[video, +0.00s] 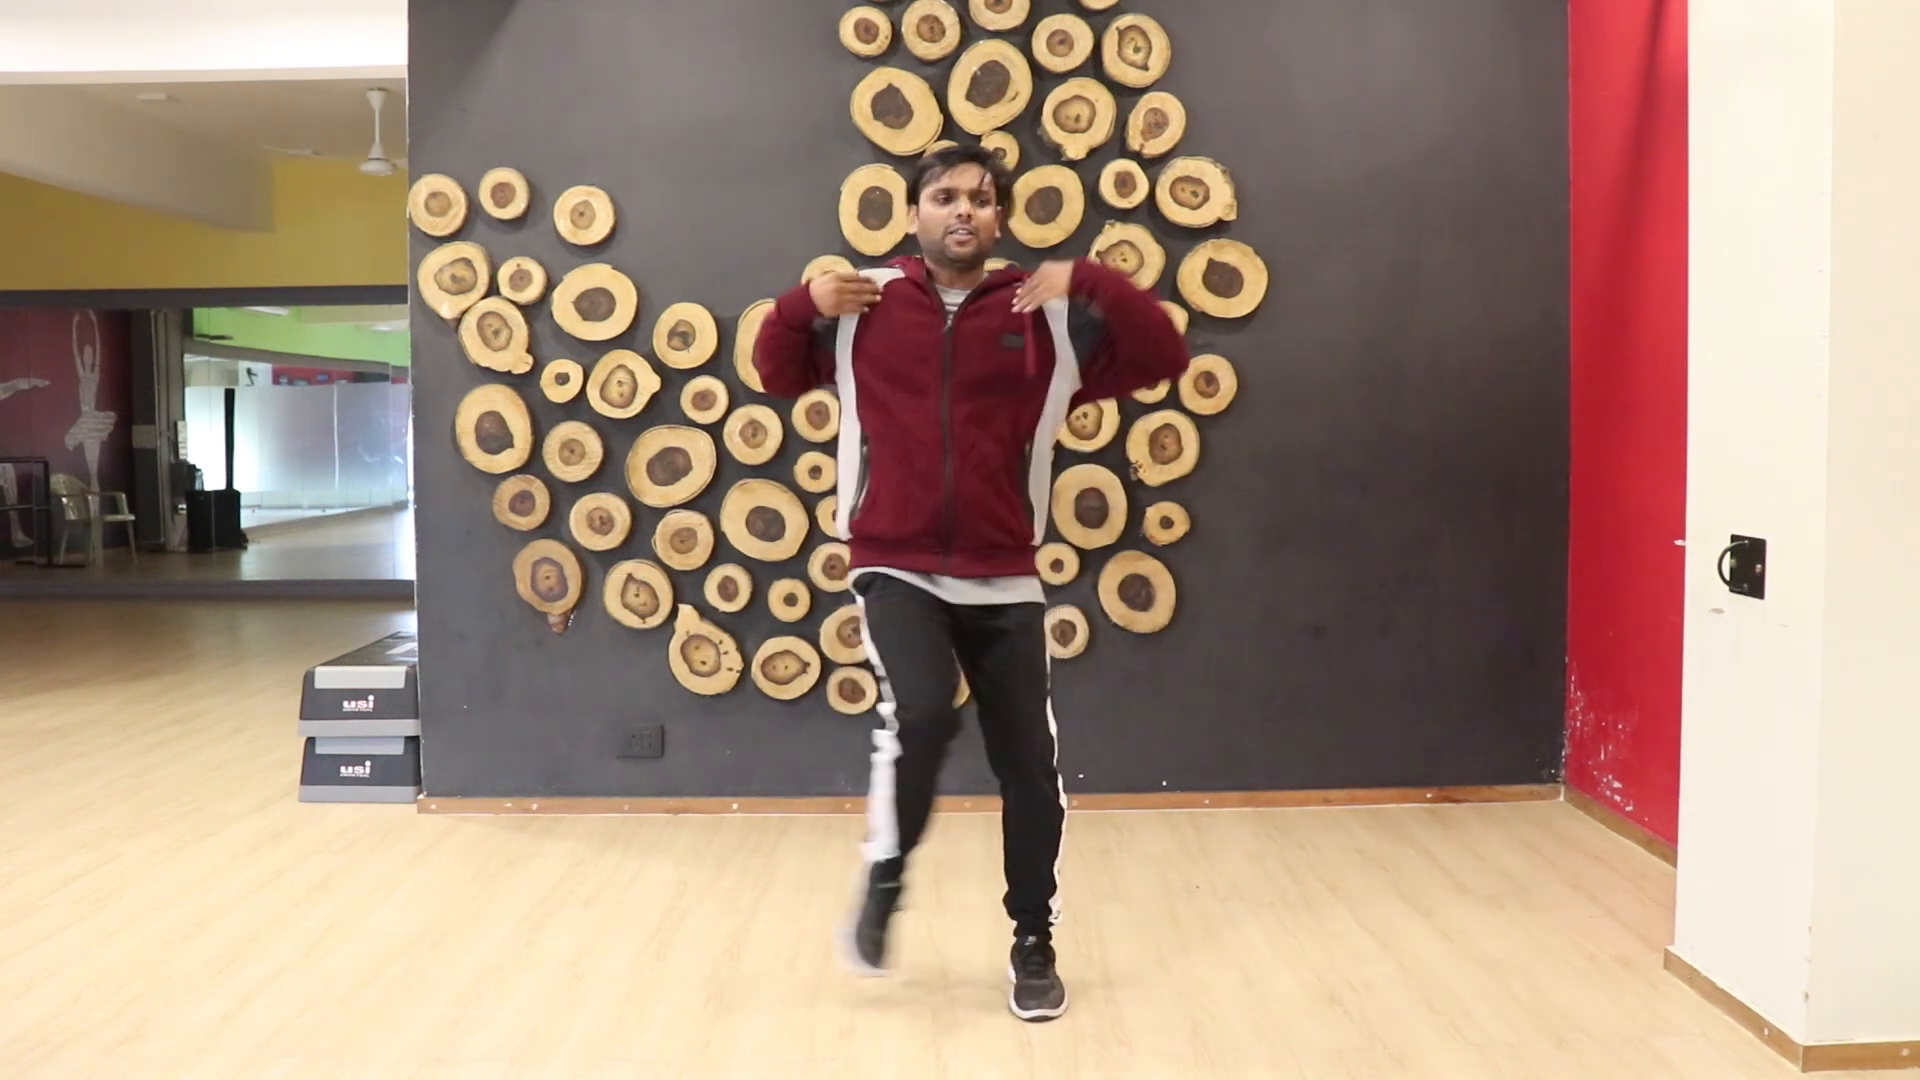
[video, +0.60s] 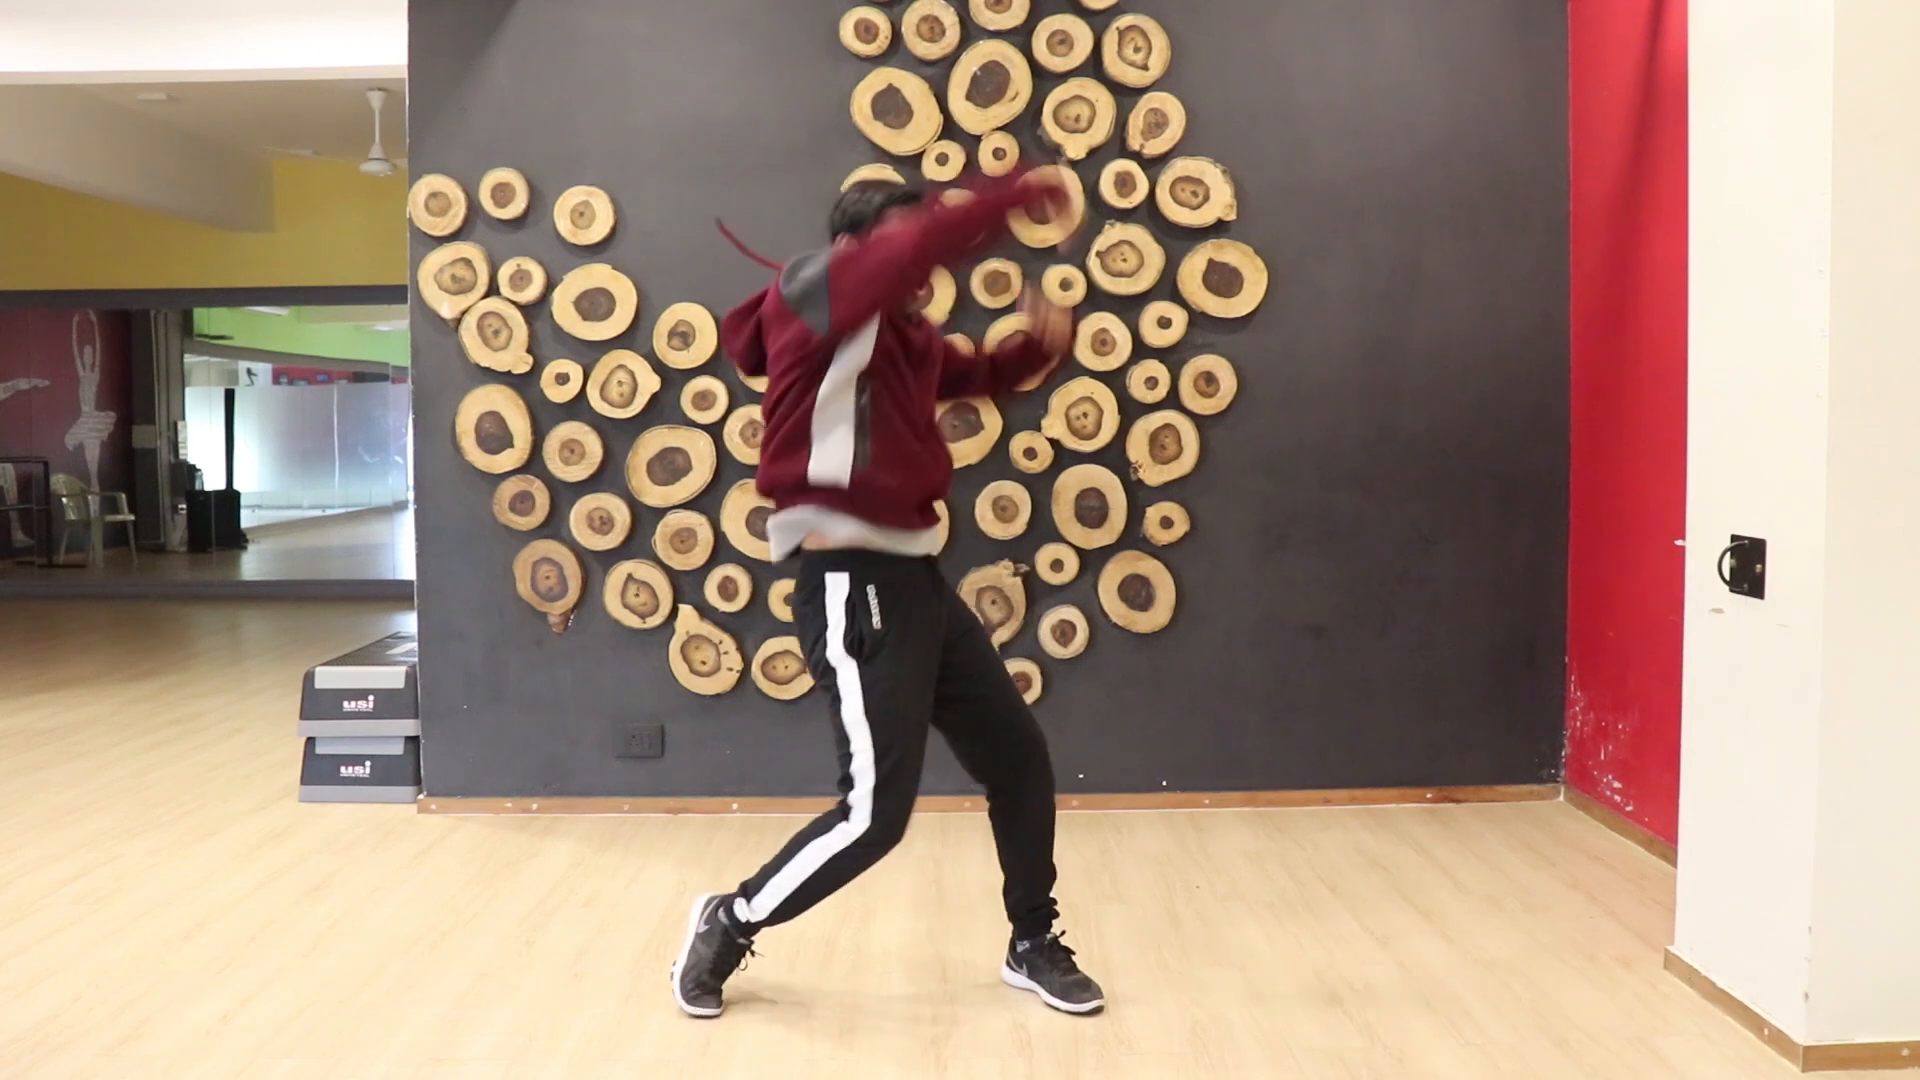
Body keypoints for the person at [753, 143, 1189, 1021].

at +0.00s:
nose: (965, 211)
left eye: (981, 199)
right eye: (946, 198)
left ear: (1001, 220)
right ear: (914, 215)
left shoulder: (1044, 312)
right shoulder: (864, 306)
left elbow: (1161, 351)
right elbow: (776, 375)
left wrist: (1087, 279)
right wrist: (804, 301)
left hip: (1002, 572)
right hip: (894, 563)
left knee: (1030, 762)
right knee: (923, 717)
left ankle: (1033, 941)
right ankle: (884, 882)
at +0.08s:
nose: (958, 217)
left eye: (970, 203)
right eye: (937, 204)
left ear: (987, 219)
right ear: (899, 221)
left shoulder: (1039, 313)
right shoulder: (866, 316)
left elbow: (1145, 305)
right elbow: (808, 453)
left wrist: (1079, 239)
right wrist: (828, 348)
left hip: (999, 584)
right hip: (887, 578)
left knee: (1021, 762)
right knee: (860, 743)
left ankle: (1035, 945)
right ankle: (766, 909)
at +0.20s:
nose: (922, 229)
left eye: (927, 214)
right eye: (900, 215)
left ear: (935, 225)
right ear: (851, 231)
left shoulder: (935, 311)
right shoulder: (846, 330)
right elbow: (913, 415)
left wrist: (1000, 296)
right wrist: (926, 313)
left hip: (995, 604)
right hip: (890, 608)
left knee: (1055, 783)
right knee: (807, 778)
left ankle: (1036, 938)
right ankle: (698, 928)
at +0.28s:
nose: (923, 231)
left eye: (928, 216)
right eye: (903, 216)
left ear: (931, 225)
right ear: (850, 227)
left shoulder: (917, 314)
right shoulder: (836, 327)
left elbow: (947, 387)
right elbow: (878, 414)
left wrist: (942, 318)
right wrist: (895, 309)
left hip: (993, 602)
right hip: (893, 611)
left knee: (1068, 773)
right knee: (820, 781)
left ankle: (1043, 940)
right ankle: (697, 928)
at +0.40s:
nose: (949, 227)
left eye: (955, 213)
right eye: (931, 210)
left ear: (949, 224)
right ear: (874, 217)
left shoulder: (915, 305)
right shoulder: (834, 287)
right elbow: (783, 235)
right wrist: (792, 173)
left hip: (972, 580)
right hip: (897, 586)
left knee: (1048, 757)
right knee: (853, 778)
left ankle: (1043, 940)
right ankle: (712, 919)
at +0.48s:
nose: (962, 233)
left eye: (967, 219)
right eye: (943, 214)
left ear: (956, 229)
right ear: (887, 216)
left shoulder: (925, 295)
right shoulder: (840, 274)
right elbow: (819, 166)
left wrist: (955, 171)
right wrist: (827, 71)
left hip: (937, 556)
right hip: (871, 557)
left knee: (1025, 754)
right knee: (880, 789)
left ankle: (1035, 941)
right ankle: (727, 914)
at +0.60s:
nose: (930, 266)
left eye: (931, 248)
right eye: (915, 246)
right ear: (866, 242)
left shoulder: (903, 338)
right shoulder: (813, 294)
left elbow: (977, 373)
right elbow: (915, 236)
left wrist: (1038, 344)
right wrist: (1011, 195)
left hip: (918, 581)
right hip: (852, 583)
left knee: (1019, 761)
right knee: (873, 814)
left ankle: (1033, 944)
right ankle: (728, 923)